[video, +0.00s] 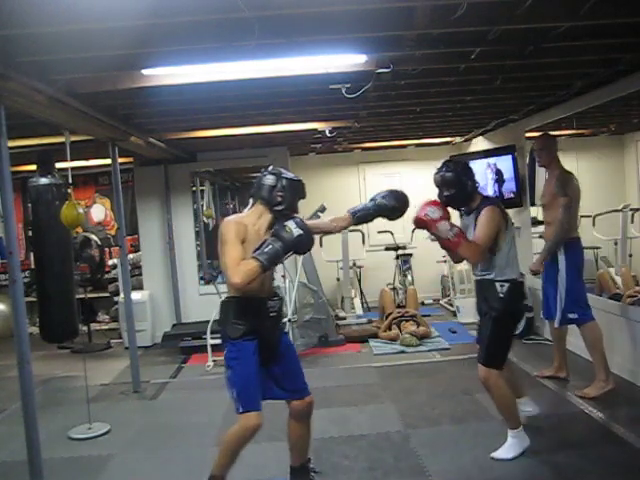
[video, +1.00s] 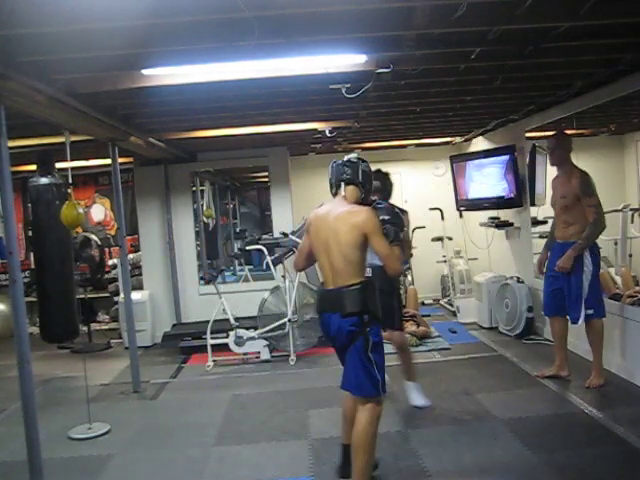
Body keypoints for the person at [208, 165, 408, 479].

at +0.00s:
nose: (295, 208)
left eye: (295, 202)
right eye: (291, 201)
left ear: (272, 196)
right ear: (275, 196)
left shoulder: (277, 224)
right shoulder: (232, 225)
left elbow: (330, 225)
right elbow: (238, 279)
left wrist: (373, 207)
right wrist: (278, 245)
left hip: (271, 325)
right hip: (241, 329)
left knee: (301, 403)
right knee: (251, 420)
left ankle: (300, 473)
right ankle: (215, 476)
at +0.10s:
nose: (297, 198)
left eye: (299, 192)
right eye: (294, 190)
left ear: (276, 189)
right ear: (277, 187)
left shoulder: (279, 223)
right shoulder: (239, 223)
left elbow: (312, 242)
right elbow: (245, 279)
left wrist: (350, 230)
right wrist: (284, 243)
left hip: (278, 321)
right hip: (248, 327)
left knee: (298, 403)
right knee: (260, 418)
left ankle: (299, 472)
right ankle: (231, 476)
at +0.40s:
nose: (313, 197)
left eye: (313, 191)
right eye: (312, 190)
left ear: (282, 187)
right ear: (302, 189)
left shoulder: (272, 222)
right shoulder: (274, 221)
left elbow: (285, 275)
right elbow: (295, 279)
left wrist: (308, 247)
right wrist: (321, 251)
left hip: (286, 325)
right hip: (274, 328)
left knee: (320, 396)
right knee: (267, 423)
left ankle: (320, 471)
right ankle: (240, 476)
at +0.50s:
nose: (323, 198)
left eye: (323, 192)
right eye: (322, 190)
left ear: (291, 187)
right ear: (314, 189)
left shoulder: (278, 221)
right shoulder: (292, 222)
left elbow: (302, 275)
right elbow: (319, 279)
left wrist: (326, 246)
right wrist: (336, 248)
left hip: (288, 322)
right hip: (288, 325)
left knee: (319, 402)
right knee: (292, 419)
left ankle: (325, 473)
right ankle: (251, 475)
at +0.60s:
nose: (332, 199)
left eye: (332, 193)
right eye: (331, 192)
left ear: (300, 186)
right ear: (323, 189)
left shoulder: (287, 222)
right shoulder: (307, 223)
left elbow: (311, 268)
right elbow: (339, 278)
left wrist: (336, 242)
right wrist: (350, 243)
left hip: (293, 317)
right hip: (305, 321)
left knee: (320, 407)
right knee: (333, 417)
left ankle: (325, 471)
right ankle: (275, 475)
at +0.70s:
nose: (345, 191)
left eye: (343, 185)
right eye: (343, 184)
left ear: (312, 182)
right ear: (333, 183)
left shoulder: (294, 218)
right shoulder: (322, 218)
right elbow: (350, 272)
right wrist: (361, 238)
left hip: (299, 316)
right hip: (319, 320)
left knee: (322, 400)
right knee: (359, 404)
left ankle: (323, 471)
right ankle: (319, 470)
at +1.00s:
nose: (369, 190)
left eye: (368, 184)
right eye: (367, 184)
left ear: (335, 183)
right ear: (359, 183)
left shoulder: (316, 217)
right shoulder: (364, 216)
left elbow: (299, 264)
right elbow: (394, 267)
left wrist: (321, 241)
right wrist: (399, 242)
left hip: (329, 309)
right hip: (357, 310)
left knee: (356, 387)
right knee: (370, 400)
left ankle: (349, 458)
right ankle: (360, 474)